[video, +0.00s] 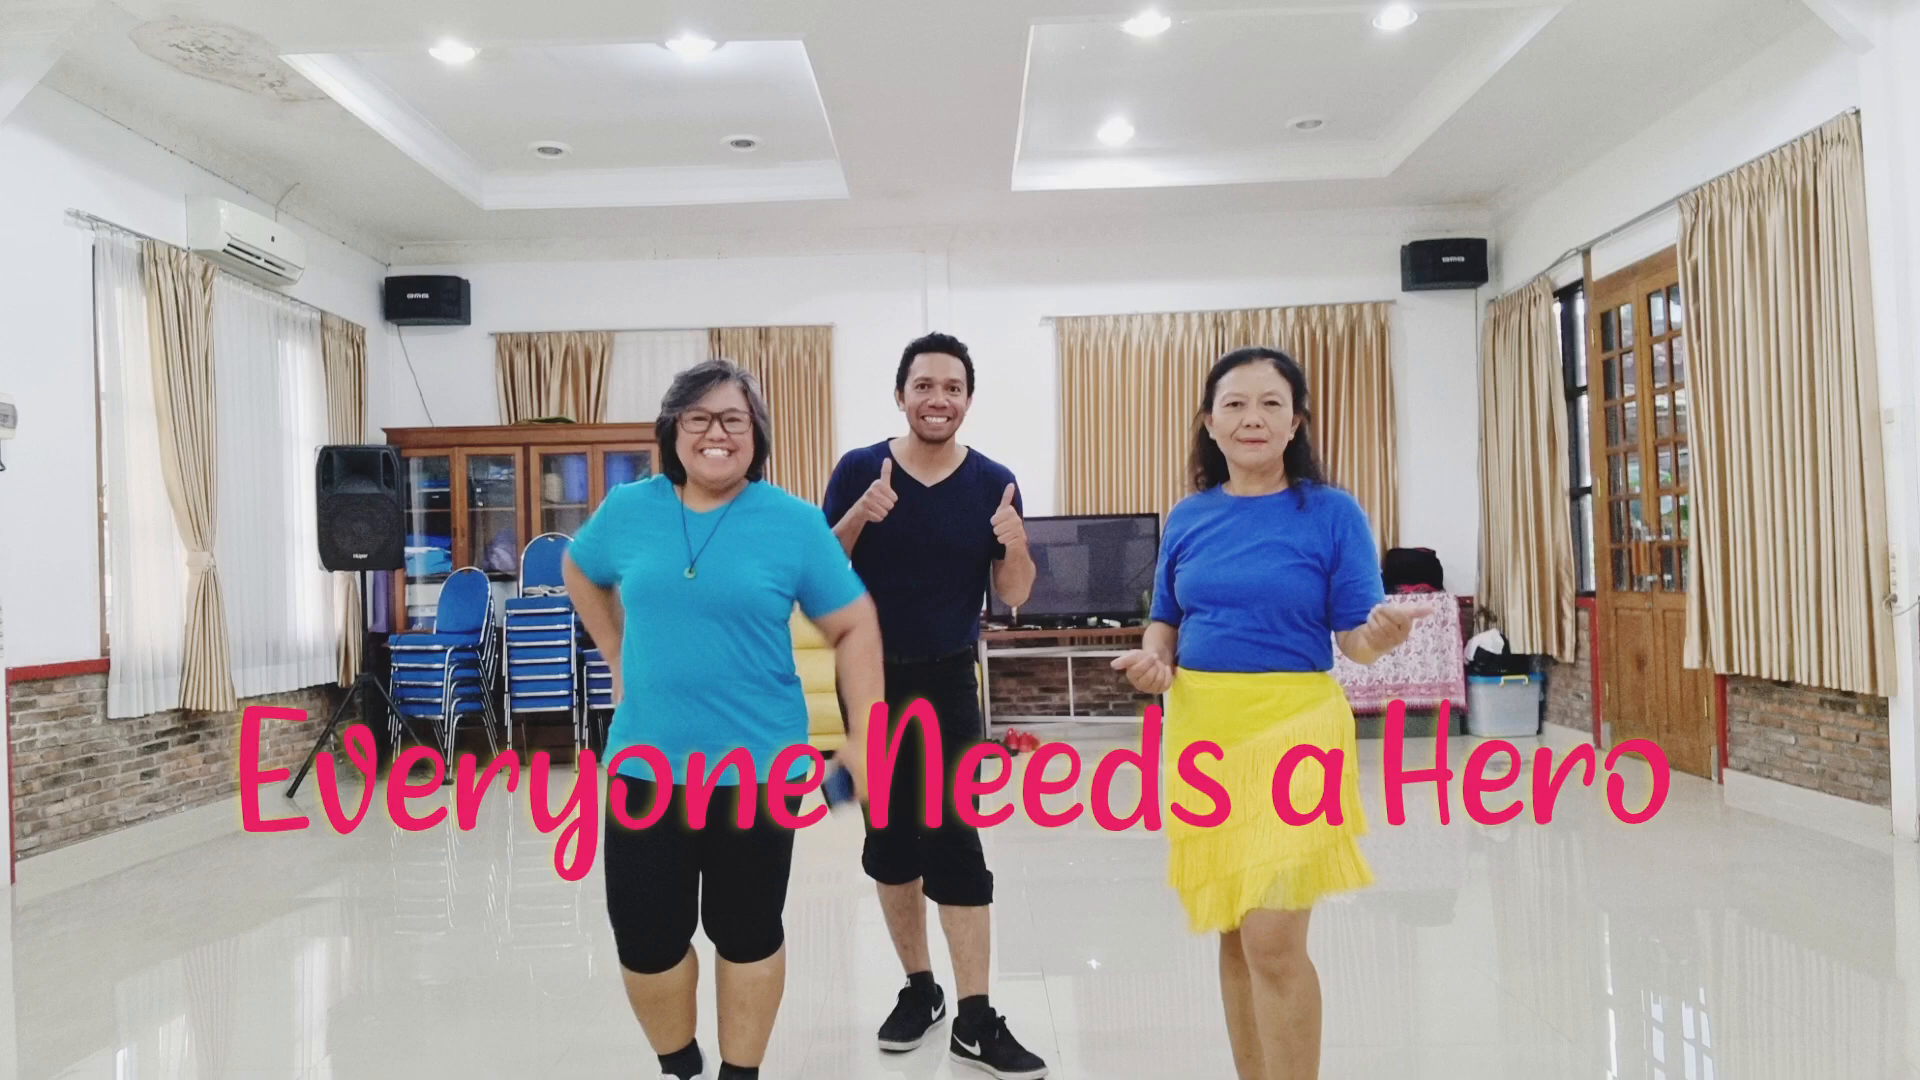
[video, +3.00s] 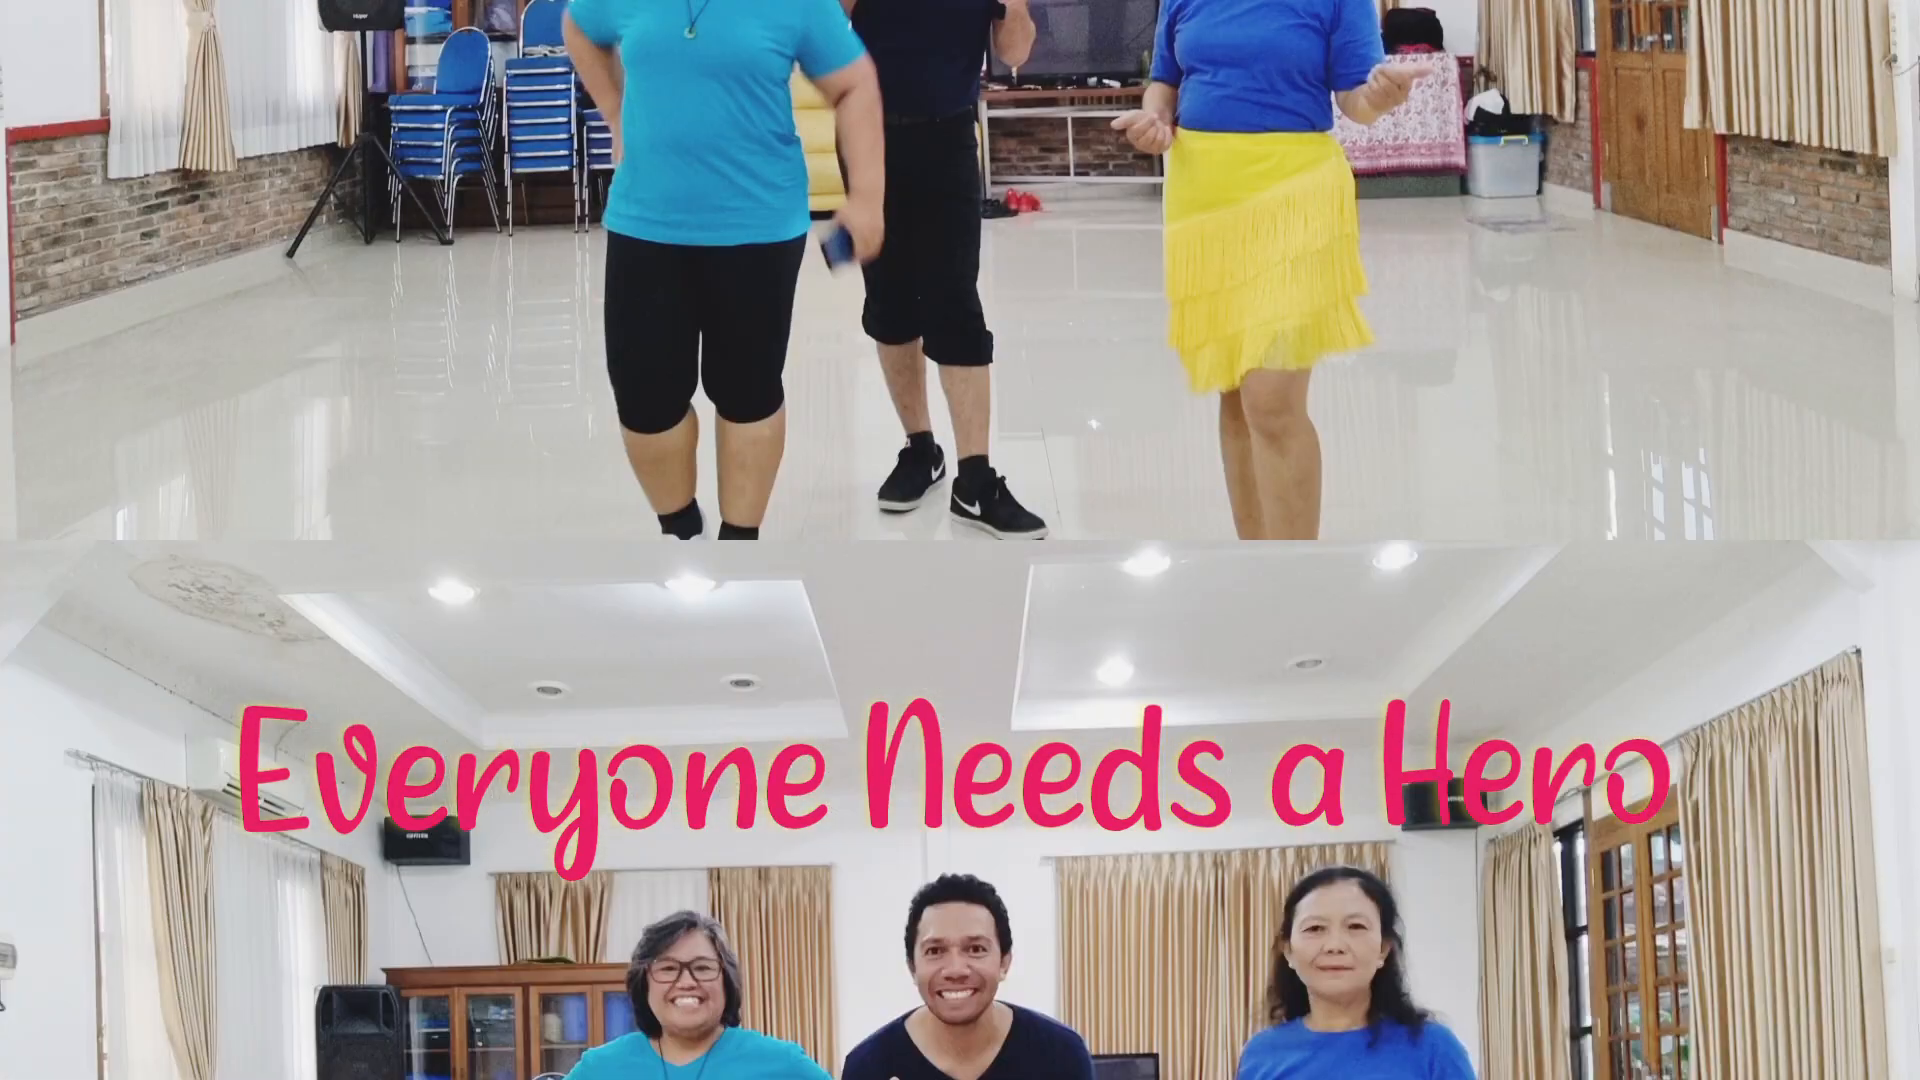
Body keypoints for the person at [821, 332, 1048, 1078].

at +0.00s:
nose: (938, 400)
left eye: (952, 388)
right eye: (924, 386)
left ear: (968, 399)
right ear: (900, 396)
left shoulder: (992, 483)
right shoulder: (858, 472)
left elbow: (1014, 595)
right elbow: (813, 570)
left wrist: (1015, 548)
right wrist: (854, 520)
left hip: (950, 676)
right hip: (872, 676)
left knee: (957, 841)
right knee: (892, 840)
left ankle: (975, 1014)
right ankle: (919, 990)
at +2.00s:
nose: (938, 400)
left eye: (952, 388)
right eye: (924, 386)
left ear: (968, 399)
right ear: (900, 396)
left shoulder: (992, 483)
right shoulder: (858, 472)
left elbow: (1014, 595)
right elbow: (813, 570)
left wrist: (1015, 548)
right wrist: (854, 520)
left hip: (950, 676)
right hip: (872, 676)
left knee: (957, 841)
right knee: (892, 840)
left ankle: (975, 1014)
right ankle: (919, 990)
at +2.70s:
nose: (938, 365)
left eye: (952, 354)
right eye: (924, 352)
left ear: (968, 365)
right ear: (901, 362)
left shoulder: (992, 448)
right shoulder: (858, 438)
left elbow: (1014, 562)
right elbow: (813, 535)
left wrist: (1015, 514)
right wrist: (854, 485)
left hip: (950, 644)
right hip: (872, 643)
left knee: (959, 809)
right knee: (892, 810)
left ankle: (975, 980)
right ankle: (919, 955)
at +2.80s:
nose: (938, 283)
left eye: (952, 271)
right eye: (924, 270)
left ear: (968, 283)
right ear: (900, 280)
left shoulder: (991, 366)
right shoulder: (858, 355)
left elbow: (1014, 479)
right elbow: (813, 453)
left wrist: (1015, 431)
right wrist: (854, 403)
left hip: (949, 562)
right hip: (870, 560)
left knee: (957, 723)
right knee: (890, 718)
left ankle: (975, 896)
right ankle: (918, 870)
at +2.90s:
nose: (939, 123)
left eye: (952, 112)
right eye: (925, 110)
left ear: (968, 124)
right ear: (901, 119)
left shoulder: (990, 206)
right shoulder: (859, 195)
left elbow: (1013, 321)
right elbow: (813, 292)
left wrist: (1015, 272)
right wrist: (855, 242)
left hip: (949, 405)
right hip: (872, 403)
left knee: (955, 570)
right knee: (893, 567)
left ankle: (978, 735)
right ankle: (919, 712)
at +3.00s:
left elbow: (1015, 52)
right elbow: (825, 31)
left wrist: (1015, 6)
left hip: (948, 130)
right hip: (870, 128)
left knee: (956, 302)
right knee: (890, 297)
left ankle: (975, 475)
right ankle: (919, 448)